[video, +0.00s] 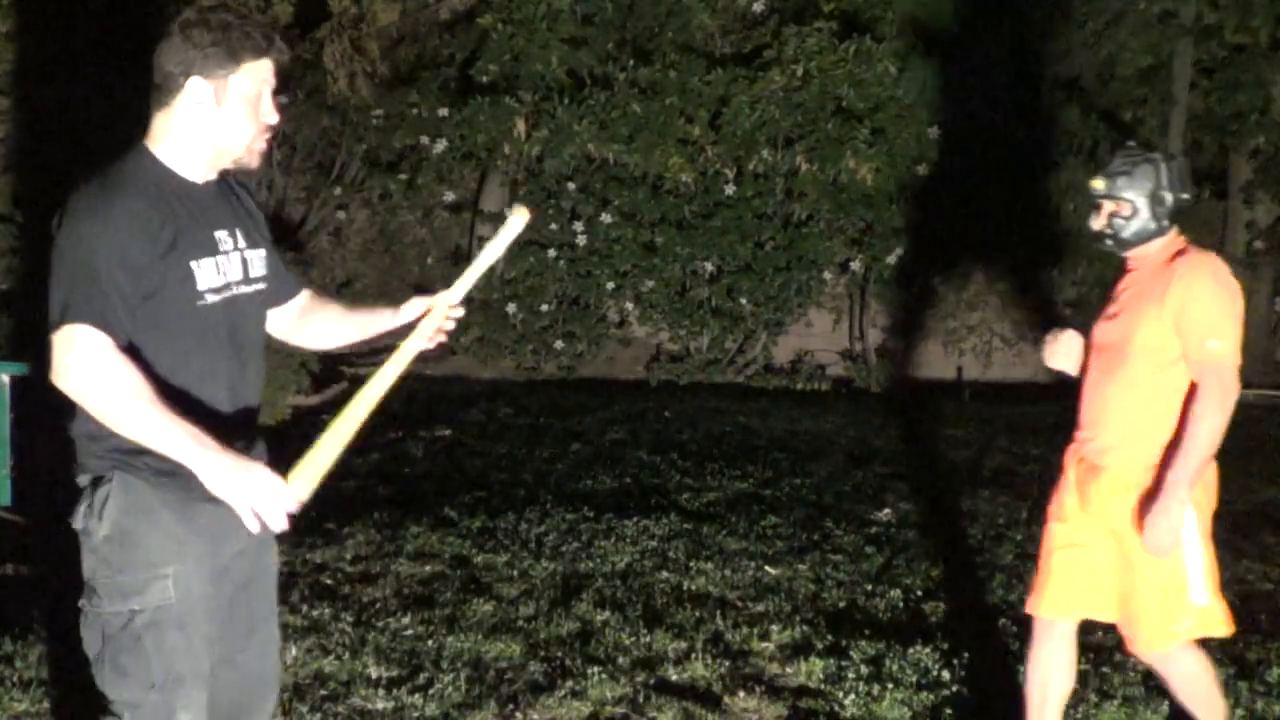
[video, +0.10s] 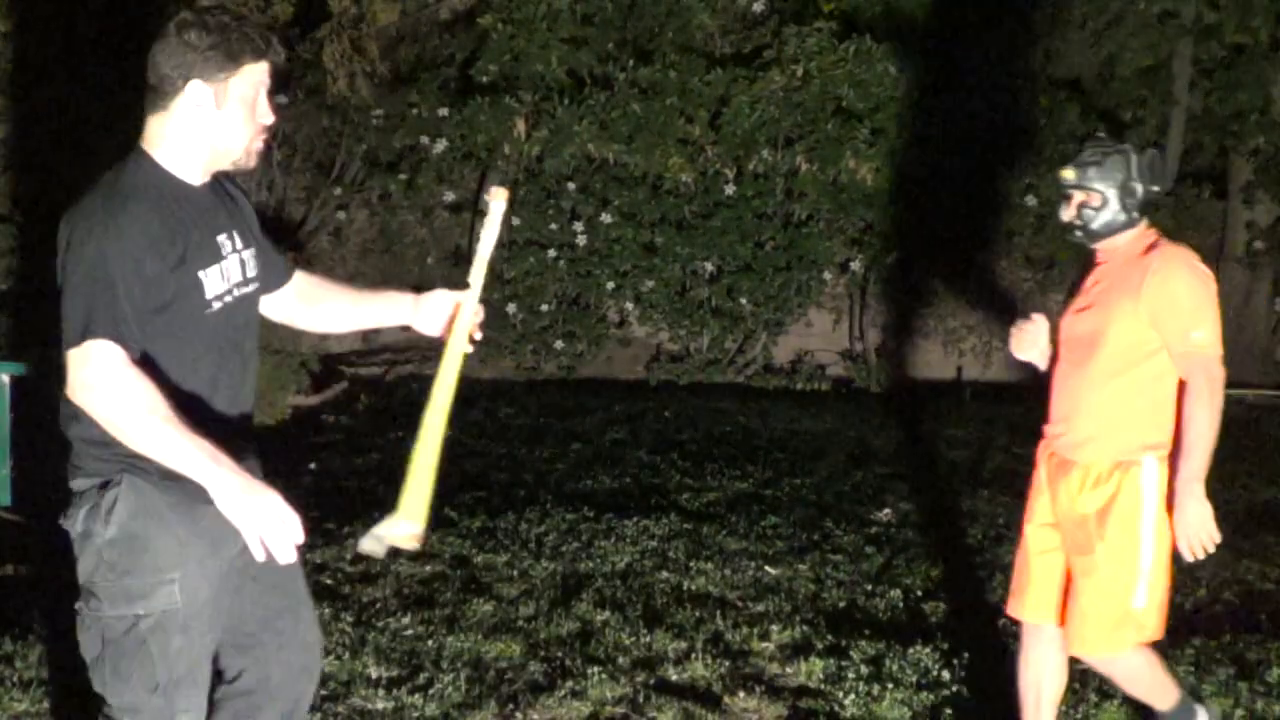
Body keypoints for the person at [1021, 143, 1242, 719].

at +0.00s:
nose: (1100, 218)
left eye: (1114, 204)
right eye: (1099, 204)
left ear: (1153, 205)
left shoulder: (1202, 276)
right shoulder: (1133, 280)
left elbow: (1218, 390)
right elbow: (1139, 374)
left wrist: (1174, 495)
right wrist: (1085, 360)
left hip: (1154, 491)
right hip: (1086, 484)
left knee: (1158, 639)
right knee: (1052, 619)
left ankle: (1217, 716)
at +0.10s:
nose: (1072, 211)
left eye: (1088, 196)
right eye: (1069, 195)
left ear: (1127, 198)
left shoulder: (1176, 271)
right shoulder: (1098, 275)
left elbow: (1206, 381)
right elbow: (1099, 374)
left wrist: (1190, 487)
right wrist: (1048, 355)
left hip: (1129, 480)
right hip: (1058, 473)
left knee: (1099, 639)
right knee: (1040, 627)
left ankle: (1186, 714)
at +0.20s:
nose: (1047, 206)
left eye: (1063, 191)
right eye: (1045, 189)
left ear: (1103, 194)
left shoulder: (1157, 268)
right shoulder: (1059, 271)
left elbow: (1196, 378)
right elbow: (1056, 371)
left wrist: (1187, 487)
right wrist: (1011, 354)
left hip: (1113, 471)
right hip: (1037, 468)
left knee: (1063, 625)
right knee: (1028, 623)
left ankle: (1127, 715)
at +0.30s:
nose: (1026, 202)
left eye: (1043, 188)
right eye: (1024, 185)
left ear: (1084, 192)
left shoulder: (1139, 269)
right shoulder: (1031, 267)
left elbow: (1178, 380)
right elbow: (1041, 369)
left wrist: (1164, 489)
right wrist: (987, 360)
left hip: (1089, 475)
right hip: (1016, 471)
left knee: (1040, 636)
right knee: (1020, 635)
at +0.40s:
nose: (1005, 206)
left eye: (1022, 192)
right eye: (1003, 190)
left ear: (1065, 195)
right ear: (1001, 191)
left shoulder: (1123, 273)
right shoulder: (1011, 270)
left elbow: (1154, 389)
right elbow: (987, 365)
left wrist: (1128, 498)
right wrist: (941, 364)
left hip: (1067, 487)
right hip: (996, 483)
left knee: (1023, 647)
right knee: (1007, 642)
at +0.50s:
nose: (994, 210)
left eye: (1012, 197)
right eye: (992, 194)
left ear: (1052, 201)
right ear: (990, 192)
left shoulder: (1103, 280)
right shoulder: (995, 274)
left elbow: (1133, 399)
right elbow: (946, 360)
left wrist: (1090, 507)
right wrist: (887, 370)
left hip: (1042, 497)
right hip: (974, 491)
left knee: (1000, 666)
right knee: (1007, 662)